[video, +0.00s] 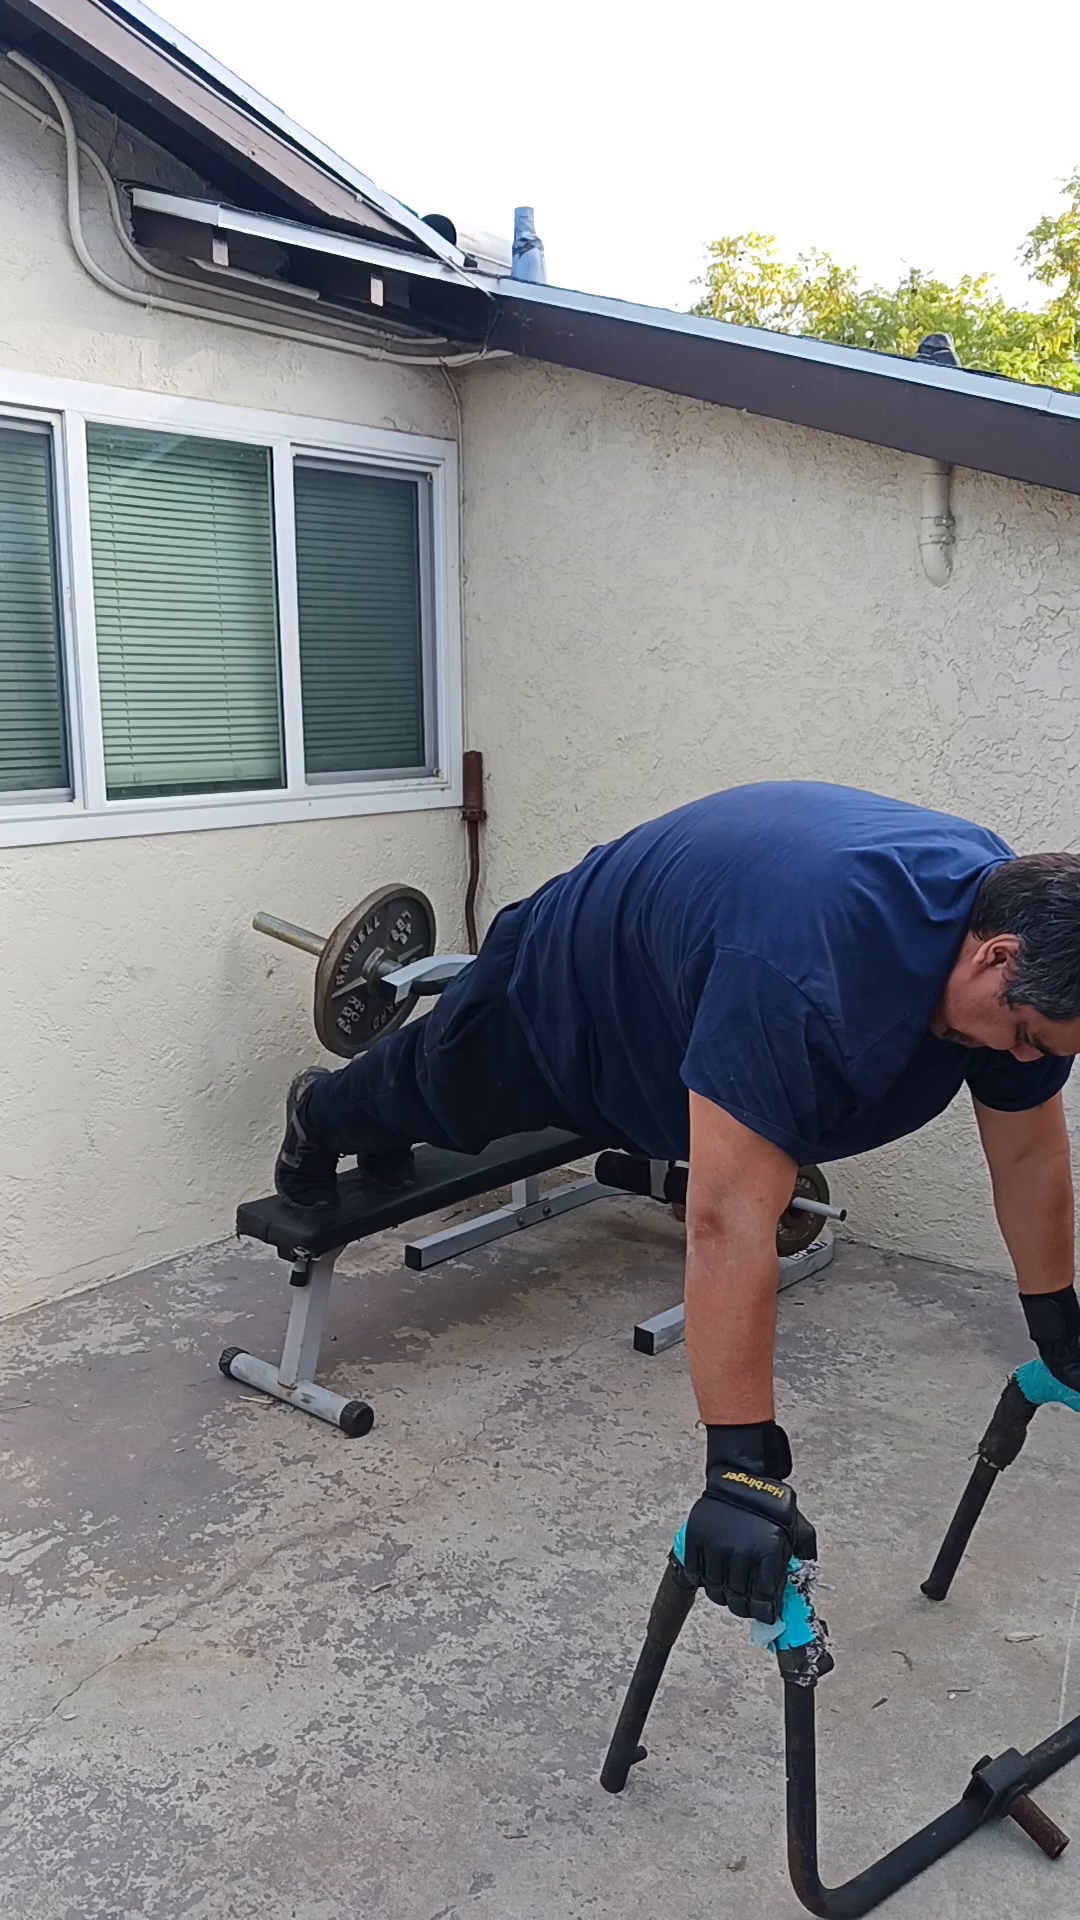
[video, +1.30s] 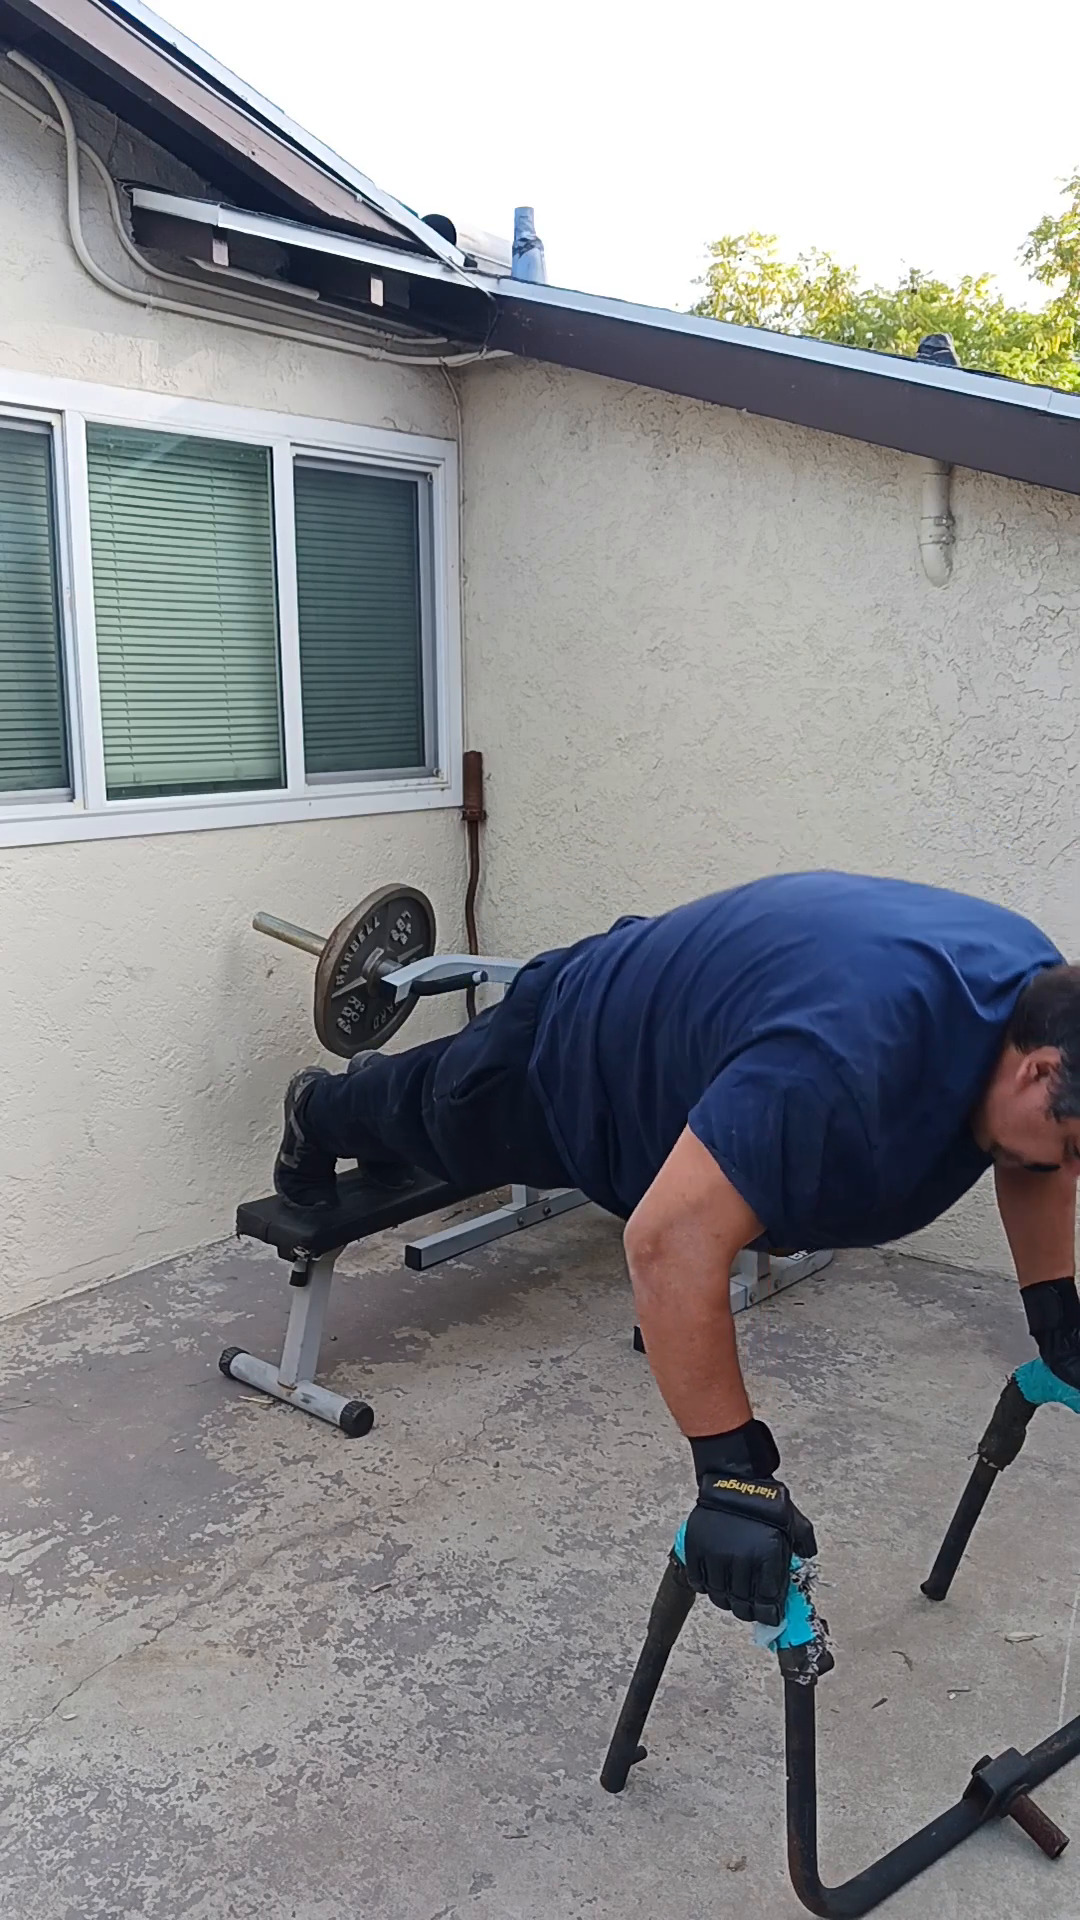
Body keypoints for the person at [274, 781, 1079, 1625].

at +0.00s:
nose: (1041, 1064)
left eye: (1056, 1050)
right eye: (1040, 1041)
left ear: (1004, 950)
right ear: (991, 963)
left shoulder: (1018, 941)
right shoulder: (802, 955)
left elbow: (1031, 1154)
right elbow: (725, 1220)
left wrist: (1056, 1324)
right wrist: (743, 1468)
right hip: (569, 981)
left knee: (495, 1078)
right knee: (429, 1077)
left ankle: (389, 1122)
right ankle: (319, 1115)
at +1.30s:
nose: (1044, 1164)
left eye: (1065, 1155)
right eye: (1050, 1141)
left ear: (1052, 1064)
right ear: (1026, 1068)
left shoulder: (1035, 993)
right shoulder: (835, 1063)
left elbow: (1040, 1162)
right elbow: (669, 1249)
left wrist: (1056, 1318)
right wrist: (735, 1475)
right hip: (583, 1041)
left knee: (496, 1112)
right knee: (430, 1101)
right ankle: (316, 1108)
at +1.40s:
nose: (1057, 1271)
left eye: (1074, 1261)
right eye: (1069, 1242)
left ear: (1065, 1159)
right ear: (1052, 1167)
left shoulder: (1057, 1058)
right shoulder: (868, 1128)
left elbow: (1039, 1186)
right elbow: (655, 1256)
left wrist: (1053, 1294)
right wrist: (733, 1475)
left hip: (728, 990)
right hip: (603, 1065)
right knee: (439, 1113)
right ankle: (321, 1106)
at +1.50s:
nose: (1054, 1350)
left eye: (1064, 1349)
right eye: (1069, 1337)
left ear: (1070, 1246)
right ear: (1064, 1257)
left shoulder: (1070, 1116)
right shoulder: (898, 1197)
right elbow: (652, 1265)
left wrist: (1040, 1336)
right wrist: (735, 1478)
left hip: (710, 1040)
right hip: (601, 1112)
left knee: (507, 1109)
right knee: (447, 1123)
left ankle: (395, 1140)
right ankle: (321, 1113)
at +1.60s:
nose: (1051, 1417)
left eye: (1064, 1414)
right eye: (1068, 1408)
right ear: (1068, 1342)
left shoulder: (1077, 1168)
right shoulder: (903, 1261)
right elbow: (654, 1265)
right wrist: (733, 1477)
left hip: (713, 1071)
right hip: (605, 1141)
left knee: (522, 1104)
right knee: (449, 1138)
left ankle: (391, 1084)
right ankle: (324, 1110)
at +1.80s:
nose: (1053, 1524)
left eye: (1063, 1520)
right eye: (1068, 1518)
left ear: (1070, 1454)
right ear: (1070, 1459)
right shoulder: (925, 1350)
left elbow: (1040, 1130)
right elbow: (681, 1259)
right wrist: (733, 1480)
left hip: (731, 1119)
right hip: (626, 1195)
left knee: (542, 1130)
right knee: (462, 1175)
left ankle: (405, 1083)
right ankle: (327, 1110)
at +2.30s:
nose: (1053, 1450)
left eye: (1067, 1440)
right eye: (1071, 1437)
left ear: (1071, 1373)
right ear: (1067, 1382)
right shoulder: (906, 1288)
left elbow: (1051, 1134)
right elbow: (646, 1273)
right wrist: (730, 1479)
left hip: (713, 1094)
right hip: (605, 1174)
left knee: (534, 1119)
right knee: (451, 1158)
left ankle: (404, 1084)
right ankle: (323, 1108)